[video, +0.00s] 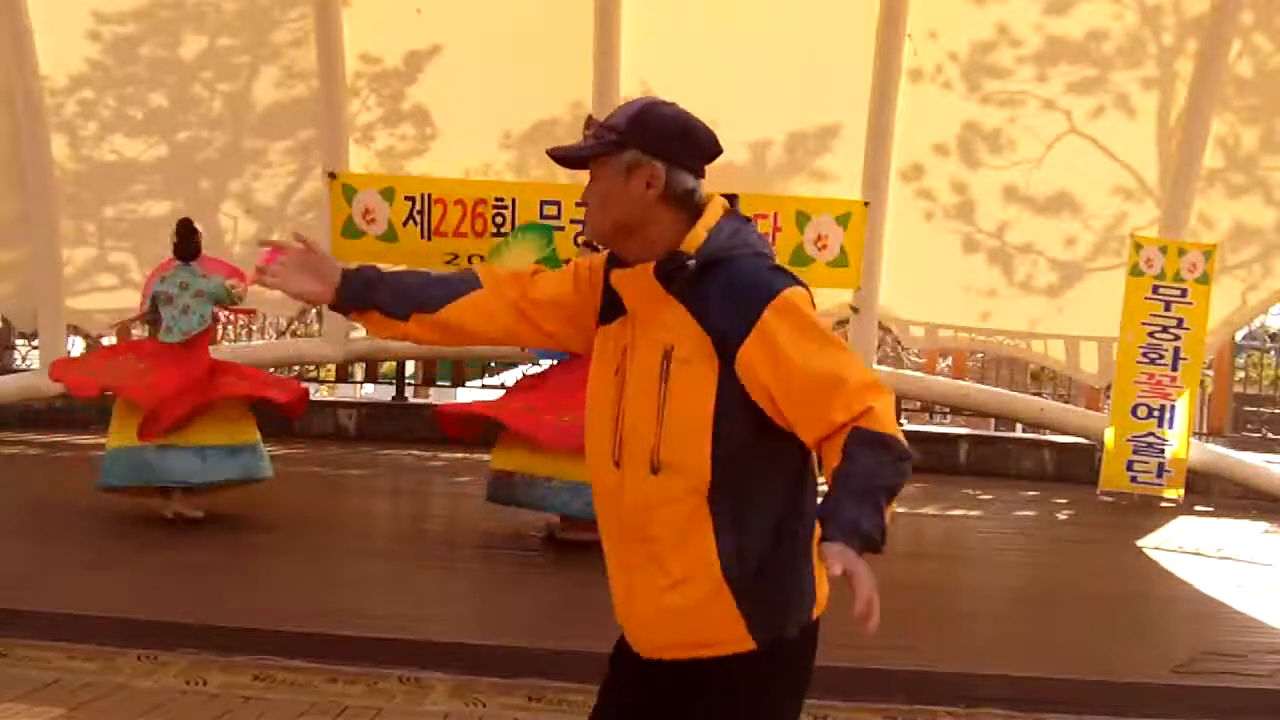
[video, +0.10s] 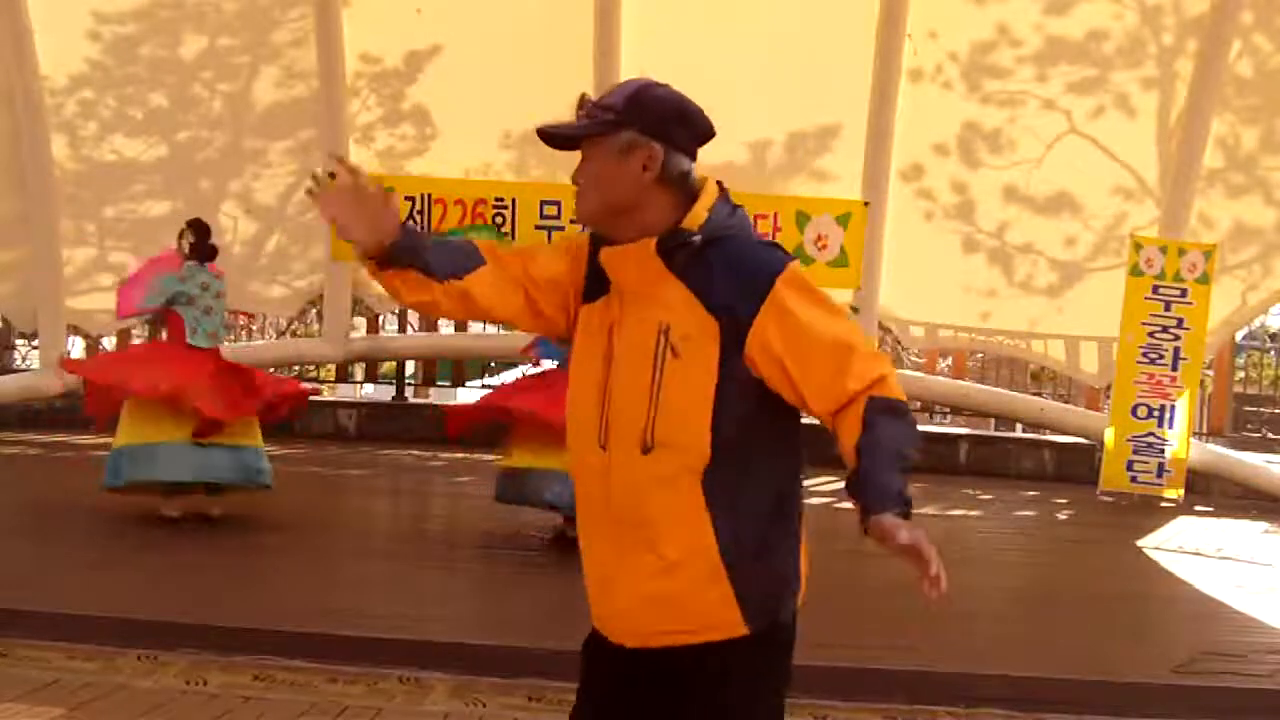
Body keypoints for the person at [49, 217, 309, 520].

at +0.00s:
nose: (194, 250)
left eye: (183, 244)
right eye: (196, 245)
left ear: (173, 248)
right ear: (200, 249)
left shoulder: (162, 280)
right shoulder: (206, 281)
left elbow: (148, 317)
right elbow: (232, 300)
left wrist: (122, 325)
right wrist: (237, 286)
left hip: (163, 358)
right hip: (196, 358)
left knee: (164, 423)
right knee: (191, 423)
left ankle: (169, 497)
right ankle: (184, 497)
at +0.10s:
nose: (178, 246)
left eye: (181, 240)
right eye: (180, 240)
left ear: (187, 244)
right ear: (208, 246)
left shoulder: (180, 280)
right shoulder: (218, 281)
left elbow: (147, 309)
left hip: (181, 359)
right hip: (213, 358)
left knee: (172, 422)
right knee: (210, 423)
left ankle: (174, 497)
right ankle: (212, 498)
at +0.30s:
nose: (187, 259)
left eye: (191, 252)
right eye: (189, 252)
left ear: (207, 251)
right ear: (212, 252)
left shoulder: (212, 282)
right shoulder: (212, 282)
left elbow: (178, 313)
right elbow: (186, 319)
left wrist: (144, 315)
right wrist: (150, 314)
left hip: (211, 359)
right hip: (212, 357)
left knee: (186, 420)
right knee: (216, 421)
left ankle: (183, 496)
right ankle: (217, 494)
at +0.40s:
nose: (191, 258)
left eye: (196, 252)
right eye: (192, 252)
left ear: (214, 255)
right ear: (207, 255)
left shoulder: (216, 287)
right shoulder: (202, 288)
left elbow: (199, 323)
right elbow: (185, 318)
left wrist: (170, 325)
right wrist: (163, 311)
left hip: (217, 359)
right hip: (206, 357)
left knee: (204, 419)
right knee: (211, 419)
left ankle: (198, 492)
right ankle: (215, 491)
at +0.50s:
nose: (194, 256)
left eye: (200, 249)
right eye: (194, 249)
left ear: (219, 253)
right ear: (204, 252)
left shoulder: (225, 285)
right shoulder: (199, 286)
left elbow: (216, 324)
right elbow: (180, 317)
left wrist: (186, 335)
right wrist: (164, 313)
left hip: (226, 361)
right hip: (203, 359)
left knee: (222, 421)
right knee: (203, 422)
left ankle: (194, 496)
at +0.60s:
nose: (197, 255)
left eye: (203, 248)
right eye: (196, 248)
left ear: (223, 251)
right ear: (205, 252)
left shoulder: (227, 284)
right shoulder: (205, 285)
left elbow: (220, 323)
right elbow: (191, 319)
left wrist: (186, 329)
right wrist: (174, 330)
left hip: (225, 362)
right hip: (207, 359)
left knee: (206, 424)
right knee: (218, 424)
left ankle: (197, 495)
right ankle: (226, 493)